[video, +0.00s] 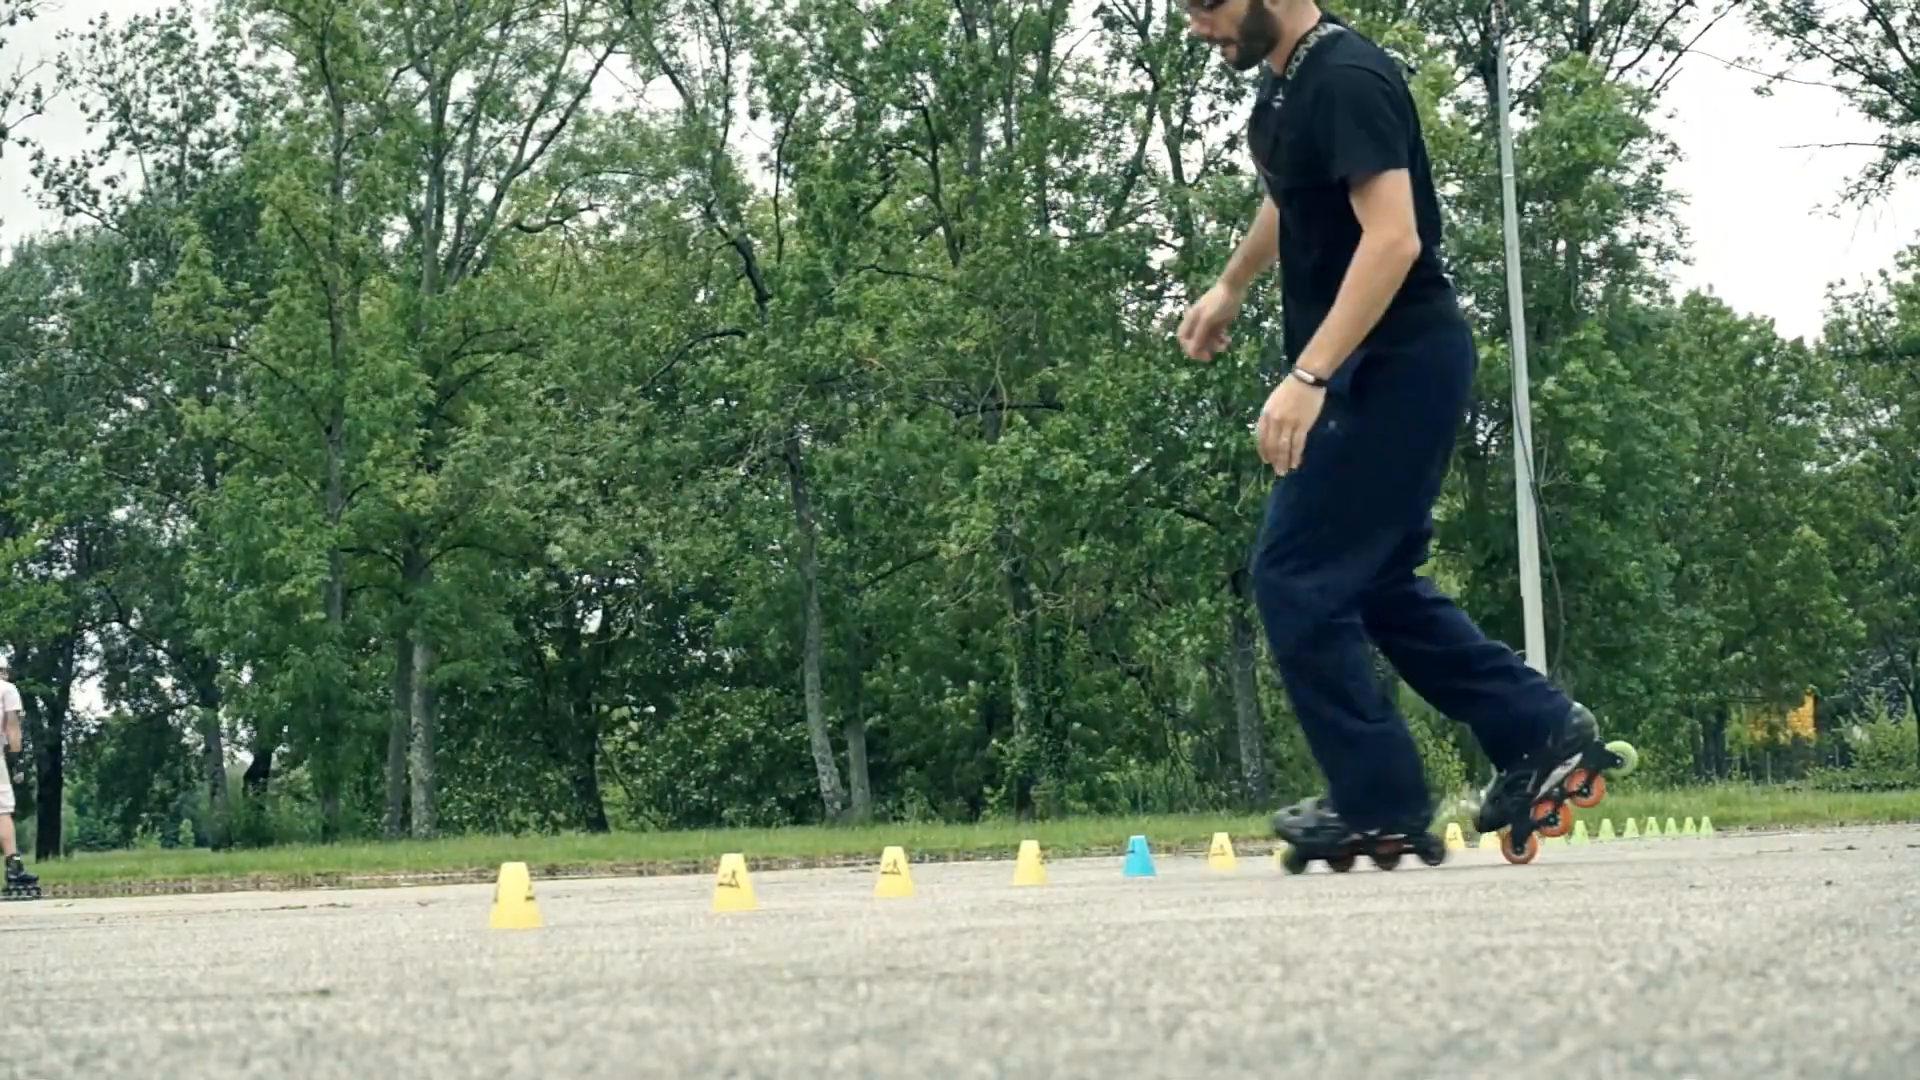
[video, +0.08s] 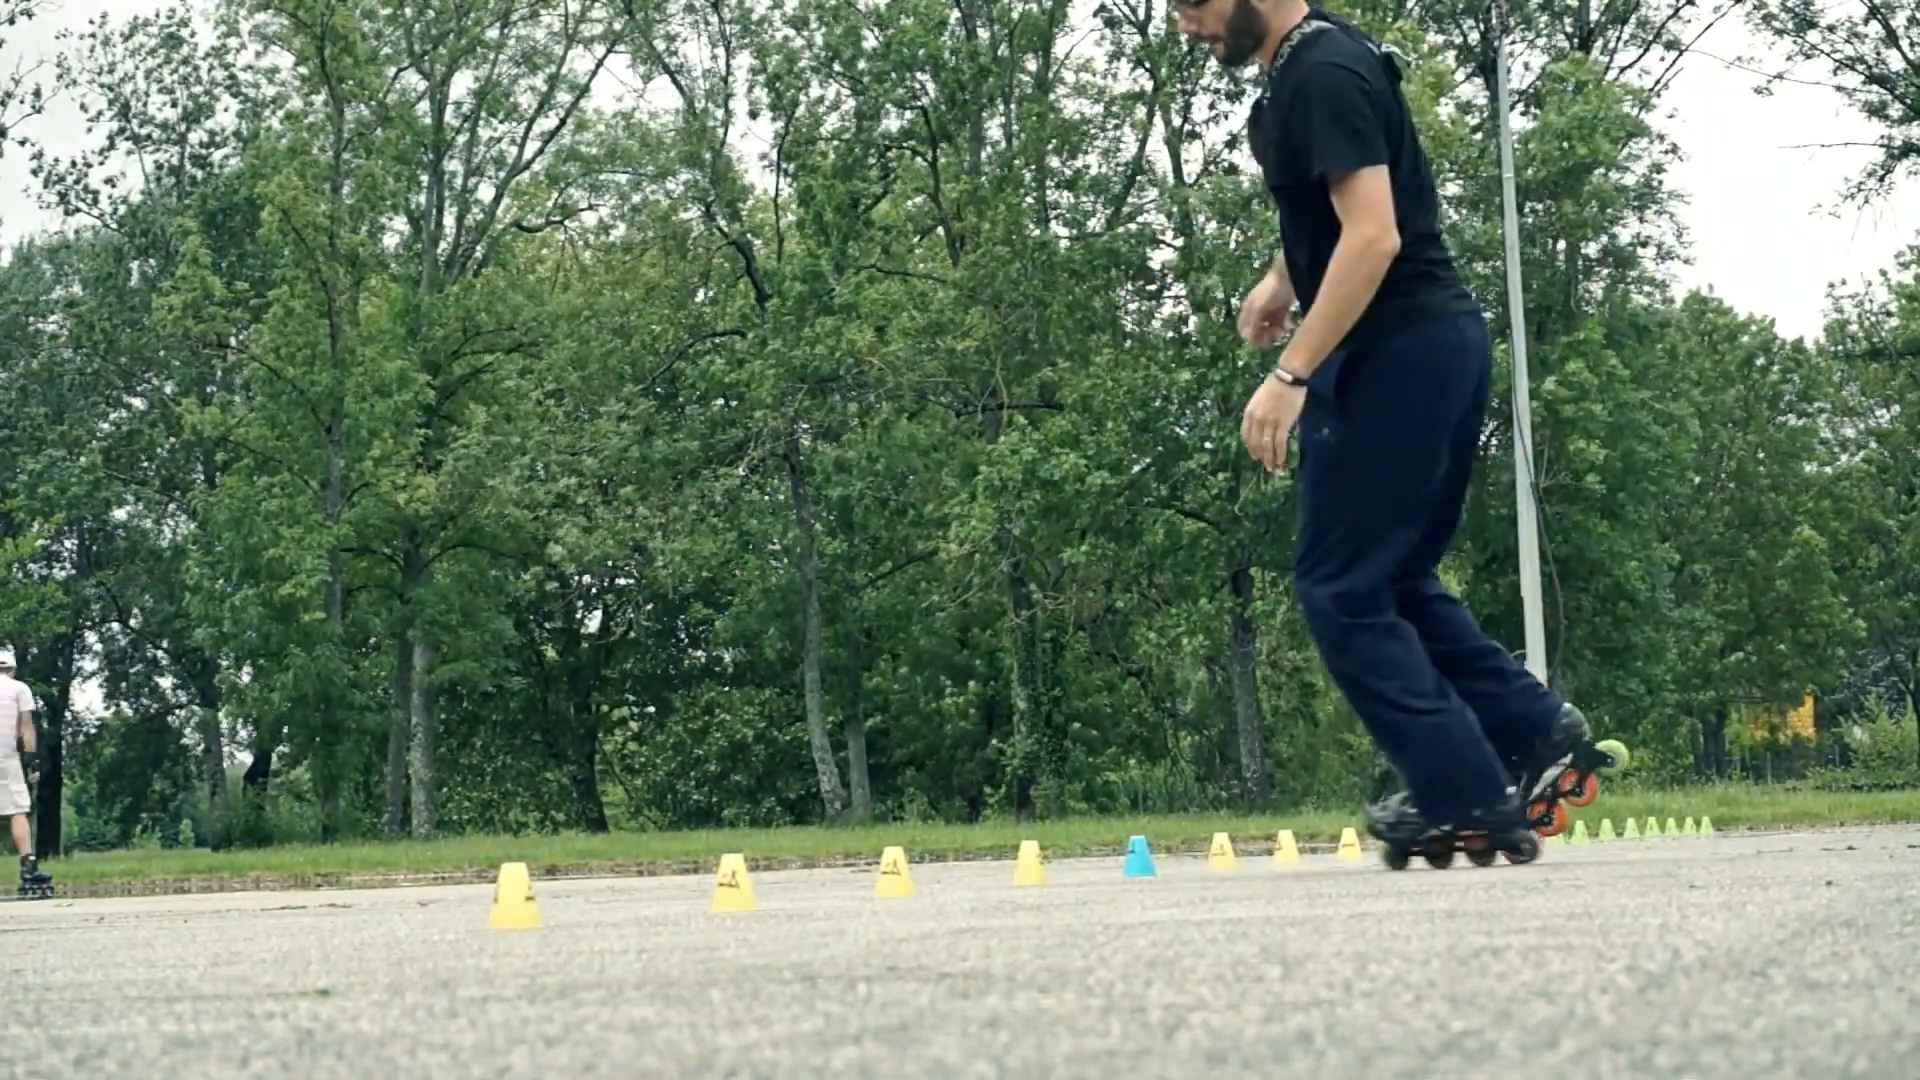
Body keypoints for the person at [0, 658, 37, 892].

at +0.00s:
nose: (5, 674)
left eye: (4, 671)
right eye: (4, 671)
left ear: (4, 672)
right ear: (4, 672)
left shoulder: (8, 690)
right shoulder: (8, 690)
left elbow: (12, 725)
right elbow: (12, 725)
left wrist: (16, 758)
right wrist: (16, 758)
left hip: (5, 757)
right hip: (2, 757)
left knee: (5, 810)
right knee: (5, 810)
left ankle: (13, 862)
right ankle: (13, 862)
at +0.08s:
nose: (11, 674)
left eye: (9, 670)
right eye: (11, 670)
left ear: (3, 669)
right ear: (11, 669)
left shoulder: (18, 690)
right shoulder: (18, 689)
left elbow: (26, 726)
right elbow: (27, 726)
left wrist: (32, 758)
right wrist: (32, 758)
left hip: (9, 758)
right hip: (6, 758)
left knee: (18, 811)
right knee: (18, 811)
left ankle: (28, 863)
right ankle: (28, 864)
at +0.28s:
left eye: (13, 668)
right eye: (28, 667)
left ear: (11, 669)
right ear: (32, 668)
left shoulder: (3, 689)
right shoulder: (45, 689)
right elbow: (55, 724)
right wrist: (63, 754)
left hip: (4, 756)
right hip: (33, 757)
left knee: (2, 813)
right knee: (48, 812)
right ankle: (63, 864)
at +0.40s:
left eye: (21, 668)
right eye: (36, 667)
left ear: (20, 669)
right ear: (40, 668)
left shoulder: (8, 694)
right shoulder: (55, 689)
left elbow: (3, 728)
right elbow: (67, 725)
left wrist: (8, 750)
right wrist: (72, 753)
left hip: (14, 757)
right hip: (47, 758)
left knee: (10, 814)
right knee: (58, 813)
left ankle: (1, 867)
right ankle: (73, 864)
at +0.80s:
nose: (27, 673)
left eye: (29, 669)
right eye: (27, 669)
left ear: (39, 669)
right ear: (49, 669)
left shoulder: (27, 694)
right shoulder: (72, 690)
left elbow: (20, 732)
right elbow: (84, 727)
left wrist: (23, 759)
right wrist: (90, 754)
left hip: (36, 757)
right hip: (68, 757)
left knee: (32, 815)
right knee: (77, 813)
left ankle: (23, 870)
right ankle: (91, 864)